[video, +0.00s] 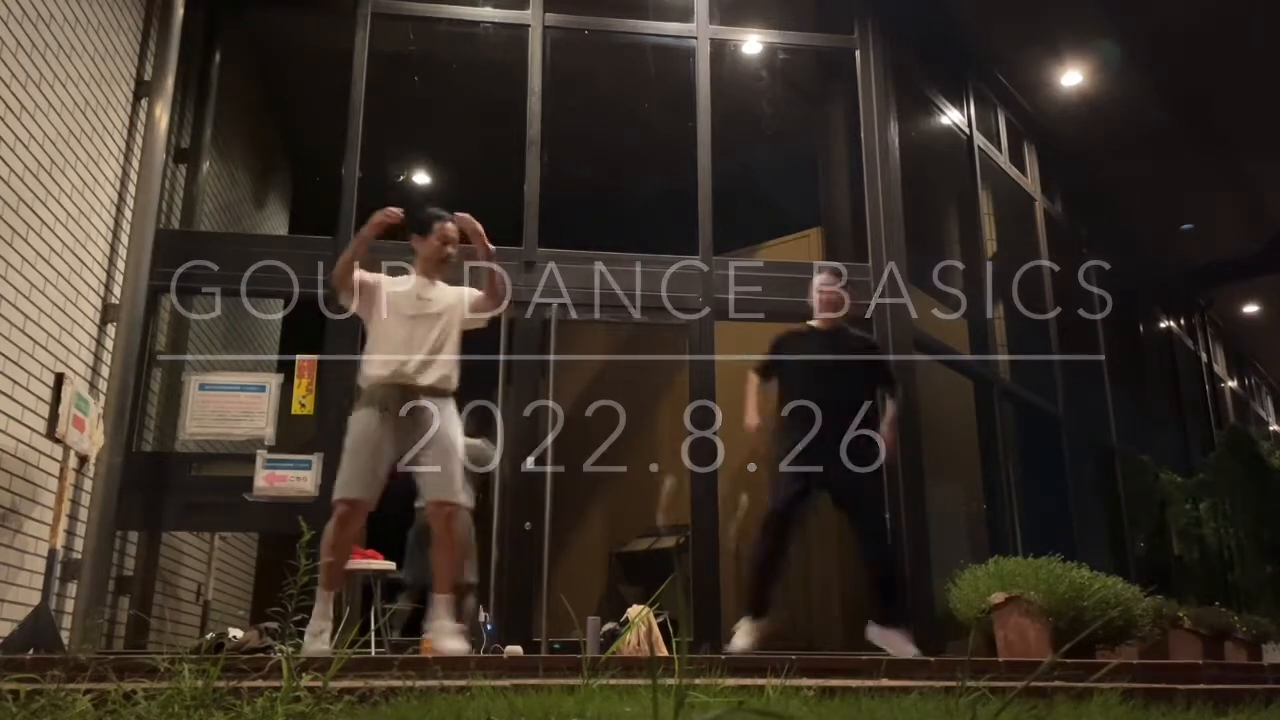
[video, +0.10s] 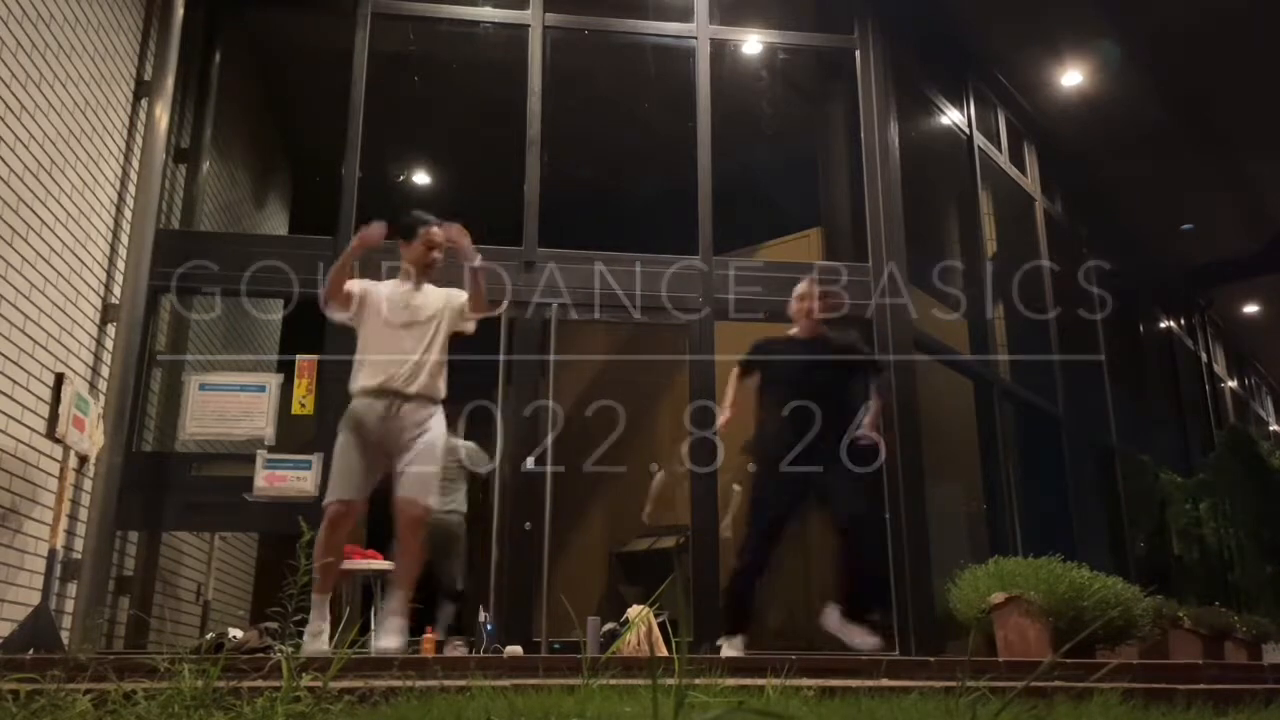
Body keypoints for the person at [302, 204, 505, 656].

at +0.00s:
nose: (450, 249)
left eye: (454, 243)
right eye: (441, 240)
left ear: (456, 249)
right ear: (417, 242)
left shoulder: (458, 297)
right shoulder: (382, 286)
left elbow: (498, 298)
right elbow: (340, 280)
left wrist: (484, 250)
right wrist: (367, 233)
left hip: (436, 406)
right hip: (378, 404)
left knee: (446, 511)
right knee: (347, 510)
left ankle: (442, 623)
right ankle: (321, 620)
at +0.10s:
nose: (436, 254)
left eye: (441, 248)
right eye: (428, 245)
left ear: (442, 254)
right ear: (404, 245)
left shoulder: (446, 300)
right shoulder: (371, 291)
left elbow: (481, 306)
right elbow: (331, 297)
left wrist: (472, 259)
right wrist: (355, 249)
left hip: (423, 416)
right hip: (367, 411)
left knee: (414, 515)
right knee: (338, 513)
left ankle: (394, 621)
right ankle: (319, 619)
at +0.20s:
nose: (419, 269)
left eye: (424, 262)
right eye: (412, 260)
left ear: (428, 267)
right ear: (388, 262)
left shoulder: (437, 314)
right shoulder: (362, 311)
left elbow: (461, 349)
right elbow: (322, 340)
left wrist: (463, 314)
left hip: (412, 428)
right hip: (361, 422)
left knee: (377, 519)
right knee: (333, 523)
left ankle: (354, 620)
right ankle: (316, 623)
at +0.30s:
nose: (409, 288)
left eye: (413, 280)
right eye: (401, 280)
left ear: (417, 284)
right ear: (376, 282)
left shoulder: (431, 335)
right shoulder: (349, 336)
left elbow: (448, 379)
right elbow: (322, 380)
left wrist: (447, 419)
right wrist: (317, 410)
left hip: (409, 447)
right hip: (353, 440)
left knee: (375, 513)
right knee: (329, 526)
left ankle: (358, 621)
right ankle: (315, 628)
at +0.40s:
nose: (409, 286)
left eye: (413, 279)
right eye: (401, 279)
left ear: (416, 281)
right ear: (376, 281)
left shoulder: (432, 334)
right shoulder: (347, 339)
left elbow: (446, 399)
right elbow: (325, 406)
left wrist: (458, 457)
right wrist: (309, 465)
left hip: (414, 447)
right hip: (356, 445)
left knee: (409, 505)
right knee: (330, 529)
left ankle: (401, 614)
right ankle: (316, 630)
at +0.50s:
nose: (422, 267)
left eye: (426, 259)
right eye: (414, 259)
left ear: (430, 262)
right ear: (389, 259)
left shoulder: (444, 311)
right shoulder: (360, 316)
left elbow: (463, 367)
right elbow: (336, 379)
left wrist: (479, 418)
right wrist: (319, 439)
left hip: (433, 429)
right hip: (373, 429)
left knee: (445, 506)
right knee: (345, 522)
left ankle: (459, 613)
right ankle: (320, 626)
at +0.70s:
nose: (458, 254)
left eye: (462, 246)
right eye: (451, 245)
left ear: (464, 250)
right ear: (425, 246)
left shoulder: (476, 298)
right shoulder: (392, 296)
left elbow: (495, 334)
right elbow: (361, 339)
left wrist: (519, 367)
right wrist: (339, 383)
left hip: (465, 414)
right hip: (408, 413)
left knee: (479, 512)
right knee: (402, 508)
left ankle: (491, 619)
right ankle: (385, 613)